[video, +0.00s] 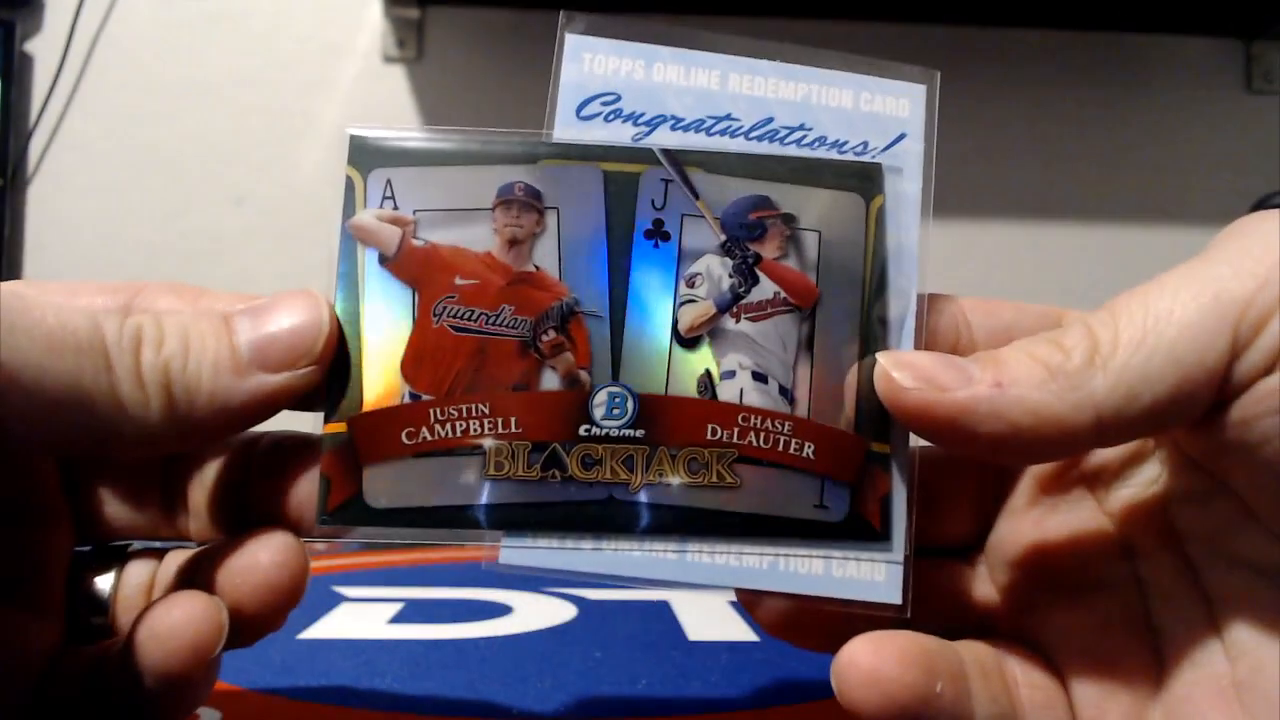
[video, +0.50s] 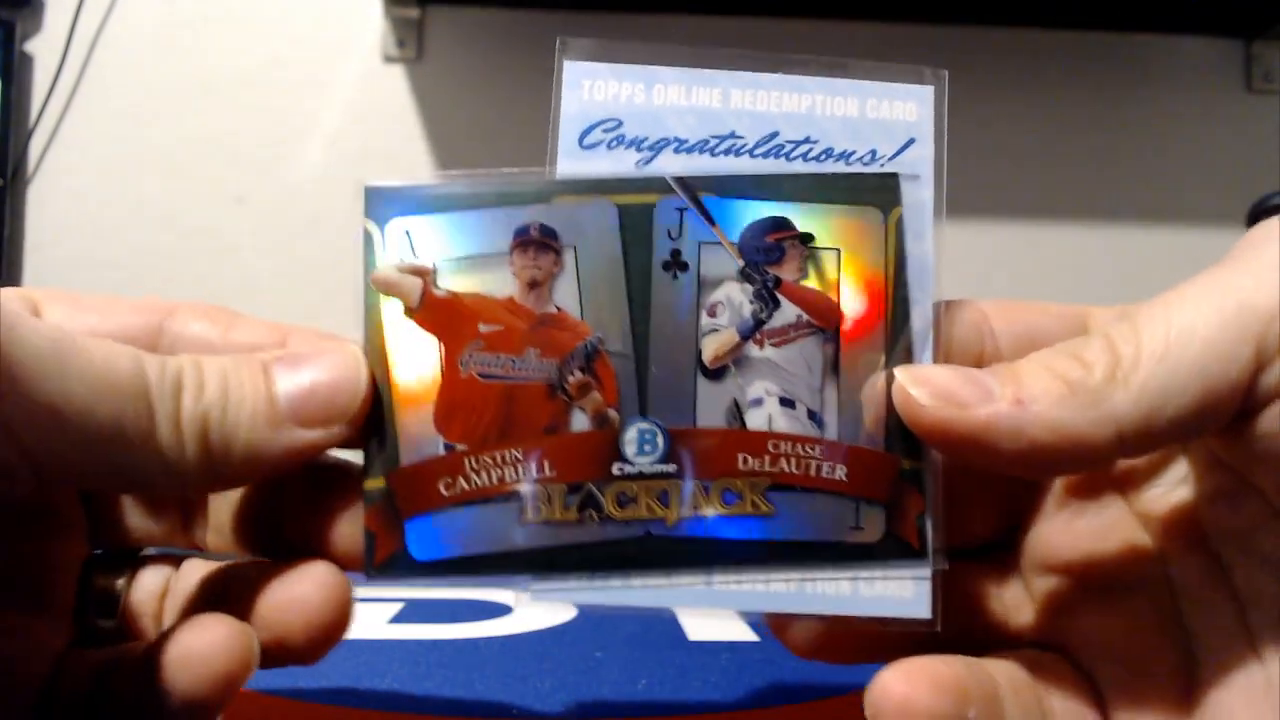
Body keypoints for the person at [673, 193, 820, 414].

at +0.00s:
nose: (786, 231)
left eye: (784, 223)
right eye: (775, 223)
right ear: (749, 227)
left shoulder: (786, 274)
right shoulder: (713, 266)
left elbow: (810, 296)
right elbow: (687, 325)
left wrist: (757, 260)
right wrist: (731, 294)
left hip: (783, 396)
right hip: (743, 388)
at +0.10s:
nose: (786, 228)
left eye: (784, 221)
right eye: (775, 222)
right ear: (749, 226)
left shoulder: (787, 273)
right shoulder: (714, 264)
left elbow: (811, 295)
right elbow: (686, 325)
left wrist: (756, 258)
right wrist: (731, 293)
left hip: (783, 395)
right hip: (743, 387)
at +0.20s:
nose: (787, 230)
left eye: (784, 223)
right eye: (775, 223)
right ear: (748, 228)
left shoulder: (787, 276)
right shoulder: (714, 266)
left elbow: (811, 296)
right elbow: (686, 327)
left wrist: (756, 259)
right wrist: (731, 295)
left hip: (783, 396)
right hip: (743, 389)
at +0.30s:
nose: (787, 232)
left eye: (784, 224)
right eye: (775, 225)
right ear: (748, 230)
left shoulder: (788, 276)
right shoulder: (714, 269)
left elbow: (811, 299)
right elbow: (687, 331)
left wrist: (757, 262)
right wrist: (731, 298)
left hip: (785, 398)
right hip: (744, 390)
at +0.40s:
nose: (792, 240)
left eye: (790, 233)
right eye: (782, 233)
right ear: (755, 238)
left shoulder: (793, 283)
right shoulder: (722, 278)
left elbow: (819, 306)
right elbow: (697, 341)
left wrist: (764, 270)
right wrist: (741, 307)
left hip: (797, 404)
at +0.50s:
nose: (804, 251)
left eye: (801, 244)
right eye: (793, 245)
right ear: (766, 251)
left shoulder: (808, 298)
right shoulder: (734, 293)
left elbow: (833, 317)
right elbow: (711, 357)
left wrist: (776, 283)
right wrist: (753, 321)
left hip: (813, 421)